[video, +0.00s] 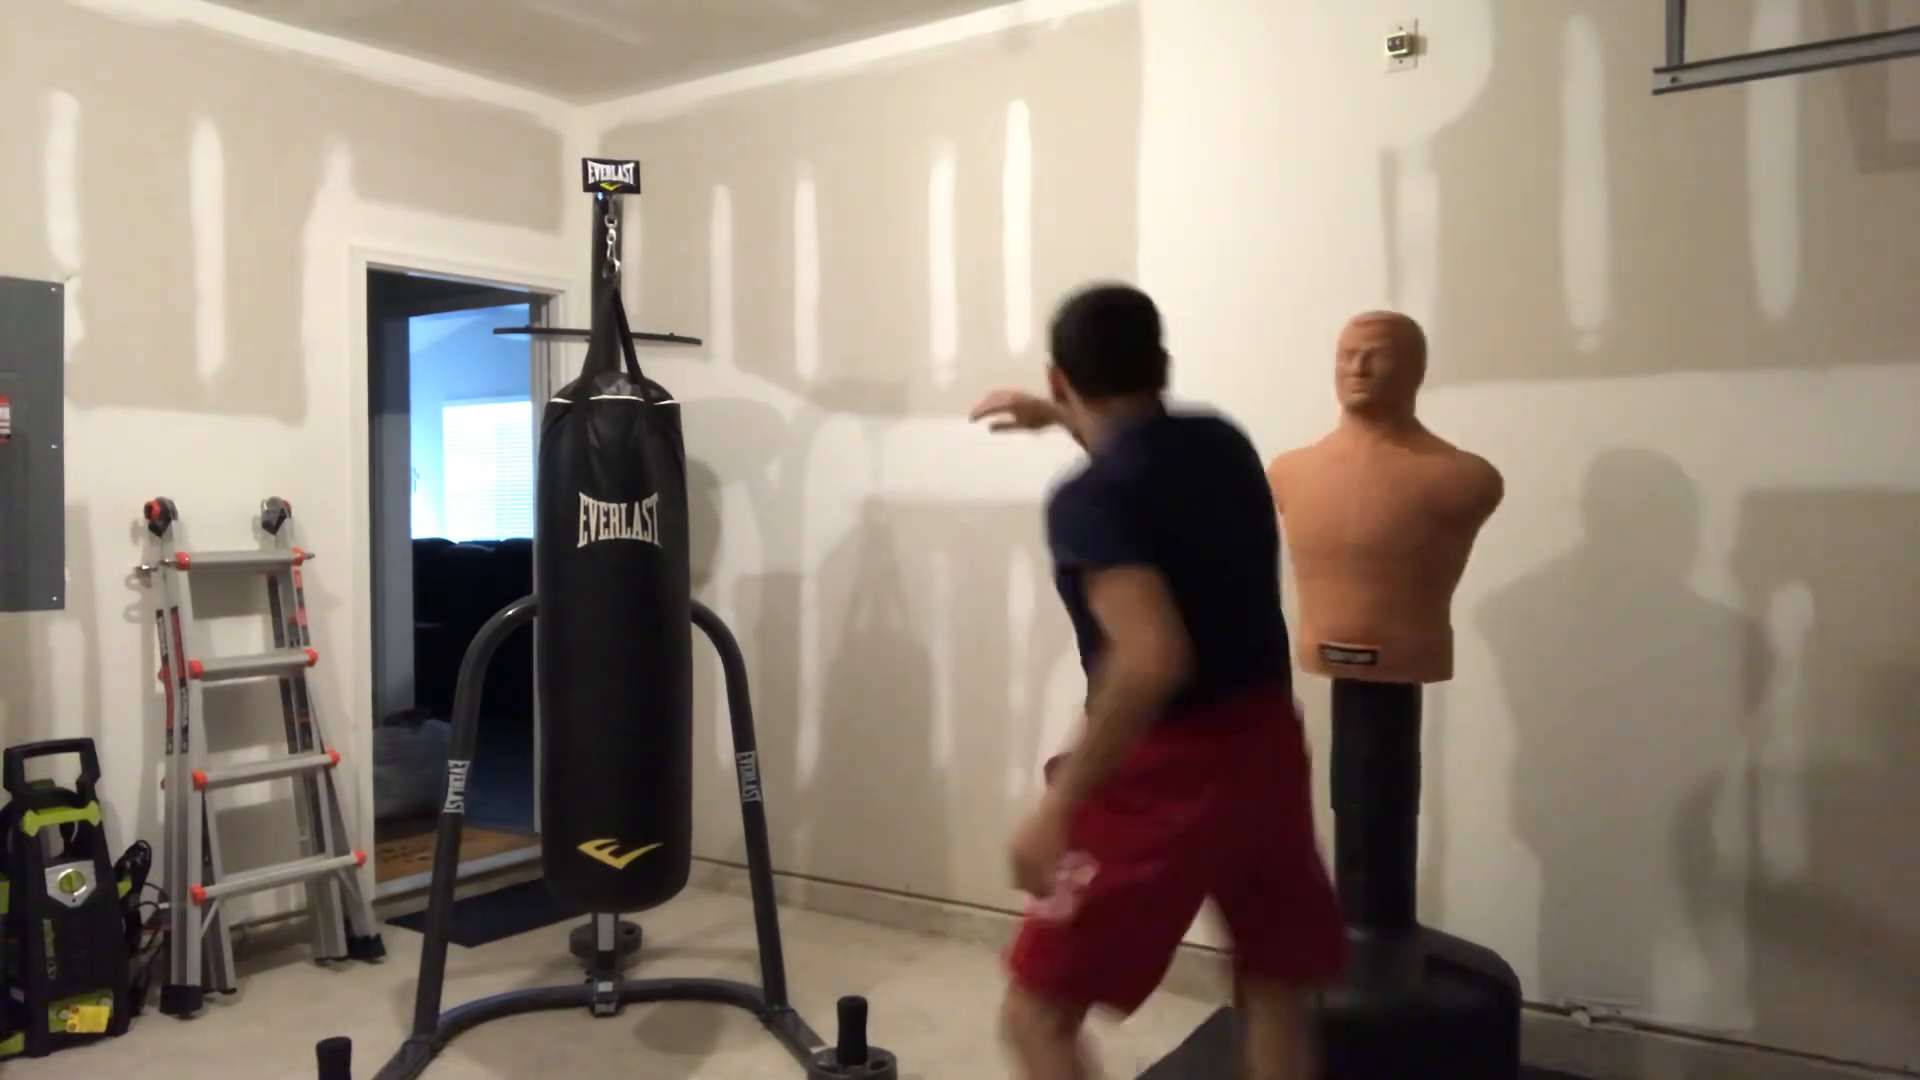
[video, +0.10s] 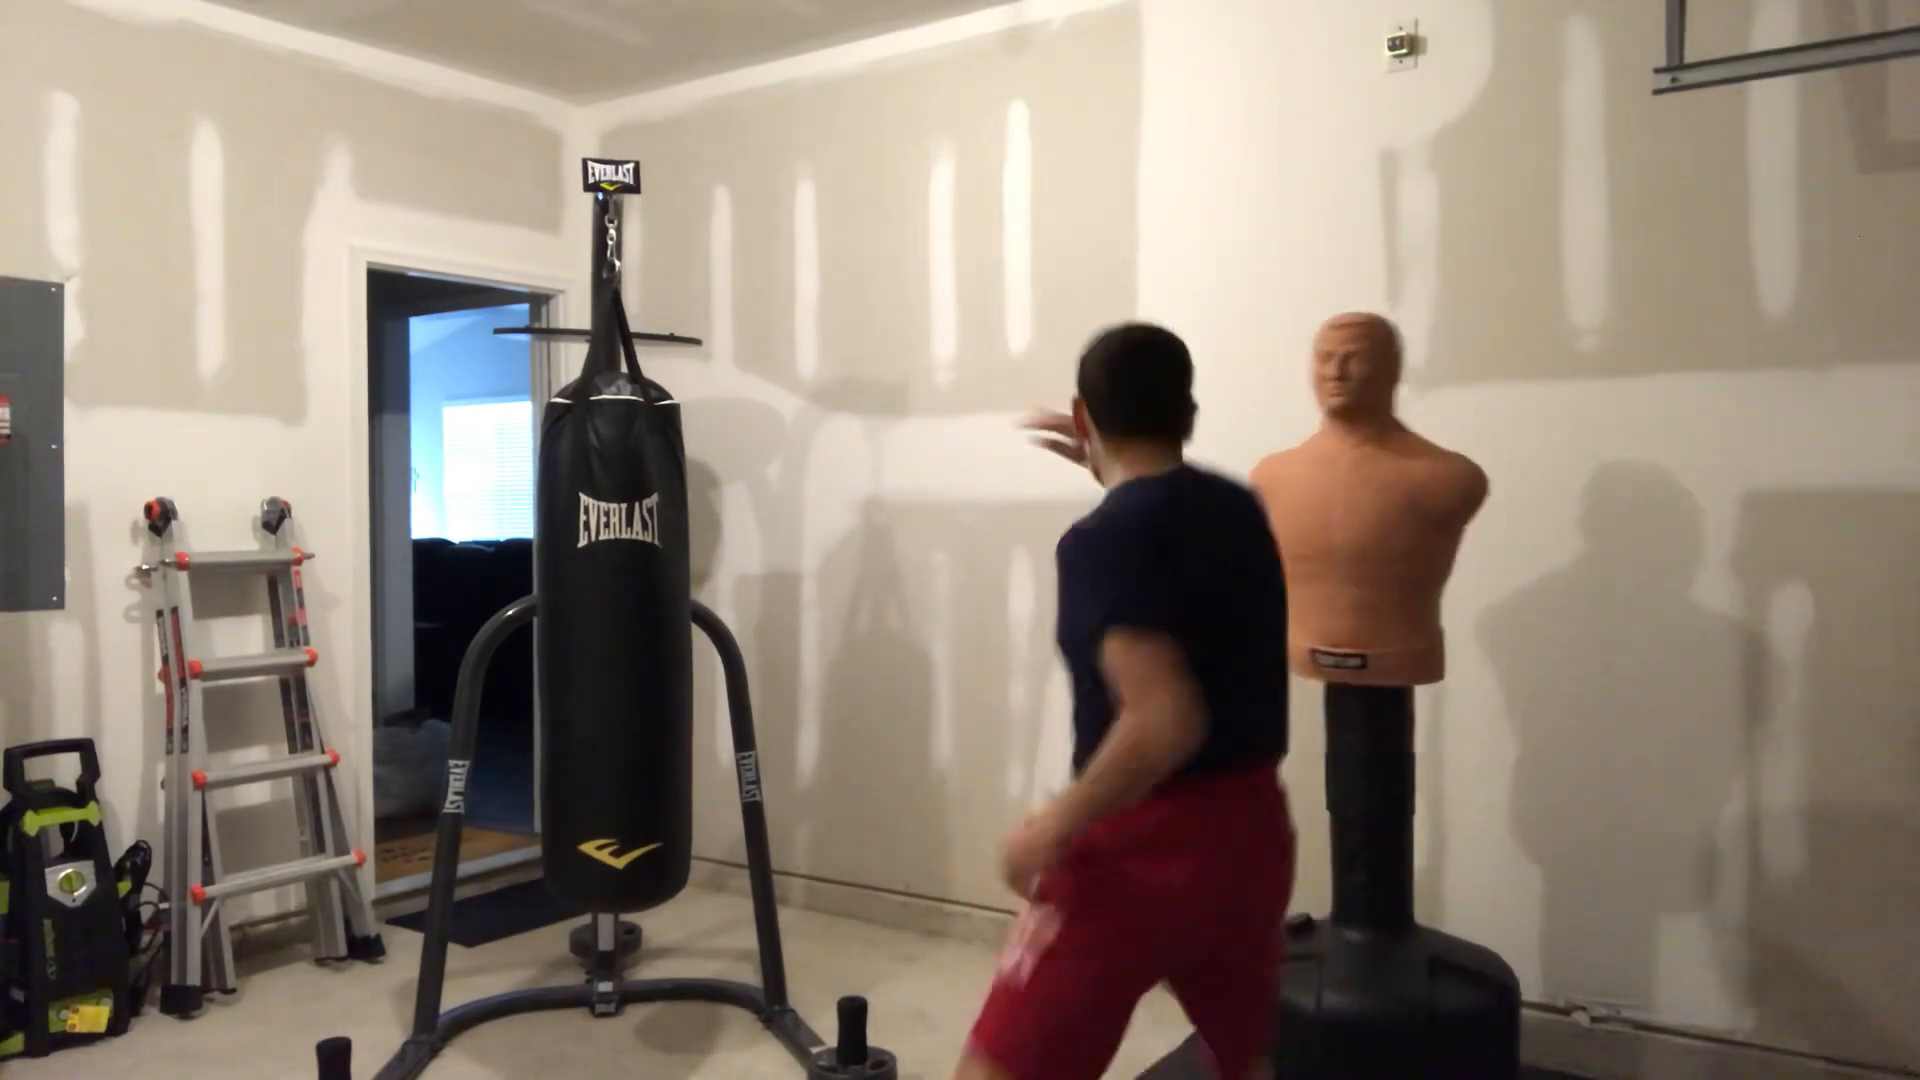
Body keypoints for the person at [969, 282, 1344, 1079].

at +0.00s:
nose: (1055, 391)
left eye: (1055, 375)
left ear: (1065, 380)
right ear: (1160, 365)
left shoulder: (1090, 494)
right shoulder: (1224, 443)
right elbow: (1139, 444)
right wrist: (1058, 415)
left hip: (1163, 772)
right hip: (1266, 757)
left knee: (1035, 1016)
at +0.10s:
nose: (1081, 418)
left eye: (1083, 406)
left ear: (1088, 416)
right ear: (1188, 412)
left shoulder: (1104, 538)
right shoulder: (1243, 510)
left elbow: (1164, 719)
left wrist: (1052, 826)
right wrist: (1108, 458)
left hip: (1136, 844)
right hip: (1250, 835)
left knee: (997, 1064)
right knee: (1248, 1060)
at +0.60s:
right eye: (1150, 379)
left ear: (1026, 388)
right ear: (1143, 392)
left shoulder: (971, 507)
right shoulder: (1208, 511)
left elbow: (906, 646)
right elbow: (1309, 684)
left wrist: (951, 555)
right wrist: (1325, 596)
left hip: (1046, 863)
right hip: (1190, 862)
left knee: (1017, 1064)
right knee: (1197, 1066)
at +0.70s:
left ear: (1015, 371)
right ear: (1135, 373)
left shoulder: (961, 486)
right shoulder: (1202, 490)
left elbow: (909, 636)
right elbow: (1308, 656)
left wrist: (962, 537)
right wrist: (1310, 577)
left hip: (1056, 851)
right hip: (1203, 848)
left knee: (1015, 1065)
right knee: (1204, 1064)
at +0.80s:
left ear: (1015, 367)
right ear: (1136, 369)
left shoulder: (965, 483)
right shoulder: (1202, 477)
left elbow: (905, 622)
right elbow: (1320, 602)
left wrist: (961, 522)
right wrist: (1282, 489)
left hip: (1072, 839)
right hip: (1219, 824)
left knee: (1033, 1066)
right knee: (1223, 1055)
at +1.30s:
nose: (1412, 374)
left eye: (1406, 355)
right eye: (1411, 357)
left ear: (1291, 359)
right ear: (1398, 370)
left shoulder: (1228, 438)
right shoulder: (1396, 520)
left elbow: (1163, 411)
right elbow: (1542, 684)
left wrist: (1177, 360)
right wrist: (1561, 555)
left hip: (1132, 744)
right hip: (1231, 815)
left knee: (1051, 873)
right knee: (1264, 1054)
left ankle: (950, 1025)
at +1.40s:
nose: (1456, 401)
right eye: (1455, 385)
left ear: (1322, 378)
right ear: (1445, 398)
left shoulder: (1257, 453)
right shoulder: (1437, 525)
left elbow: (1129, 482)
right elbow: (1584, 627)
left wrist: (1059, 480)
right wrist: (1508, 504)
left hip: (1131, 686)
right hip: (1200, 793)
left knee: (1180, 591)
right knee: (1263, 1037)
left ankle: (1050, 626)